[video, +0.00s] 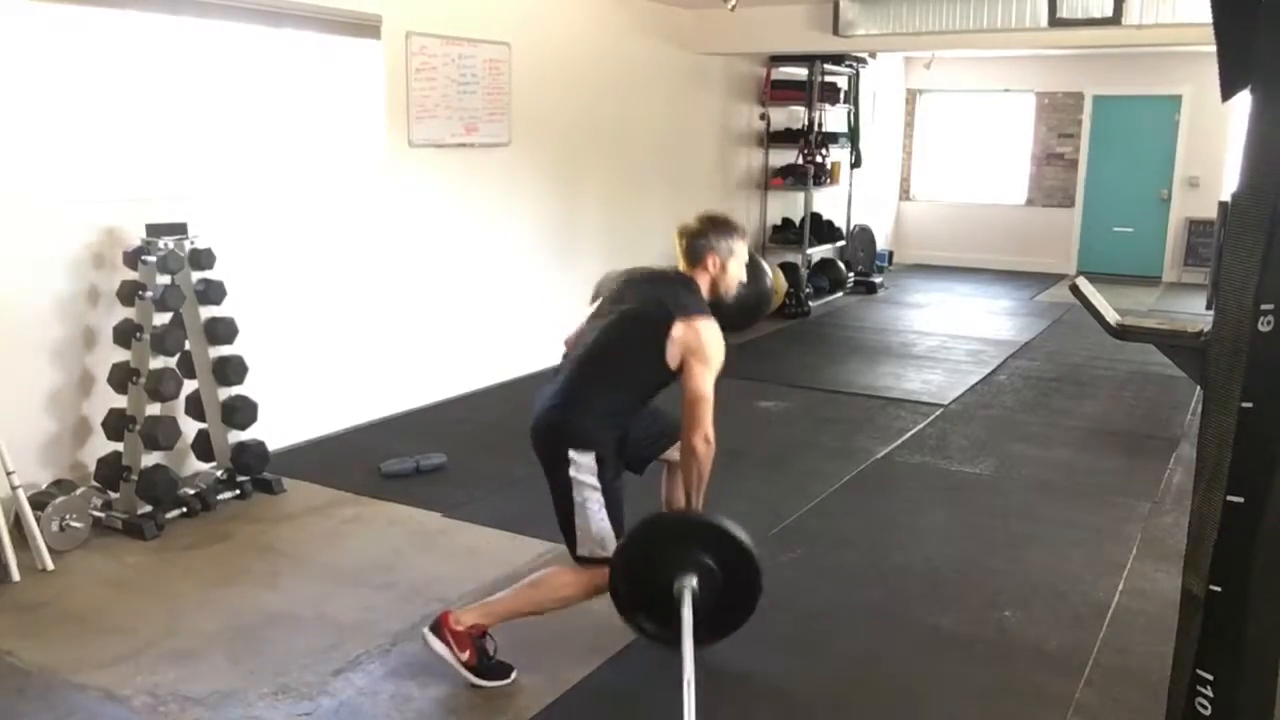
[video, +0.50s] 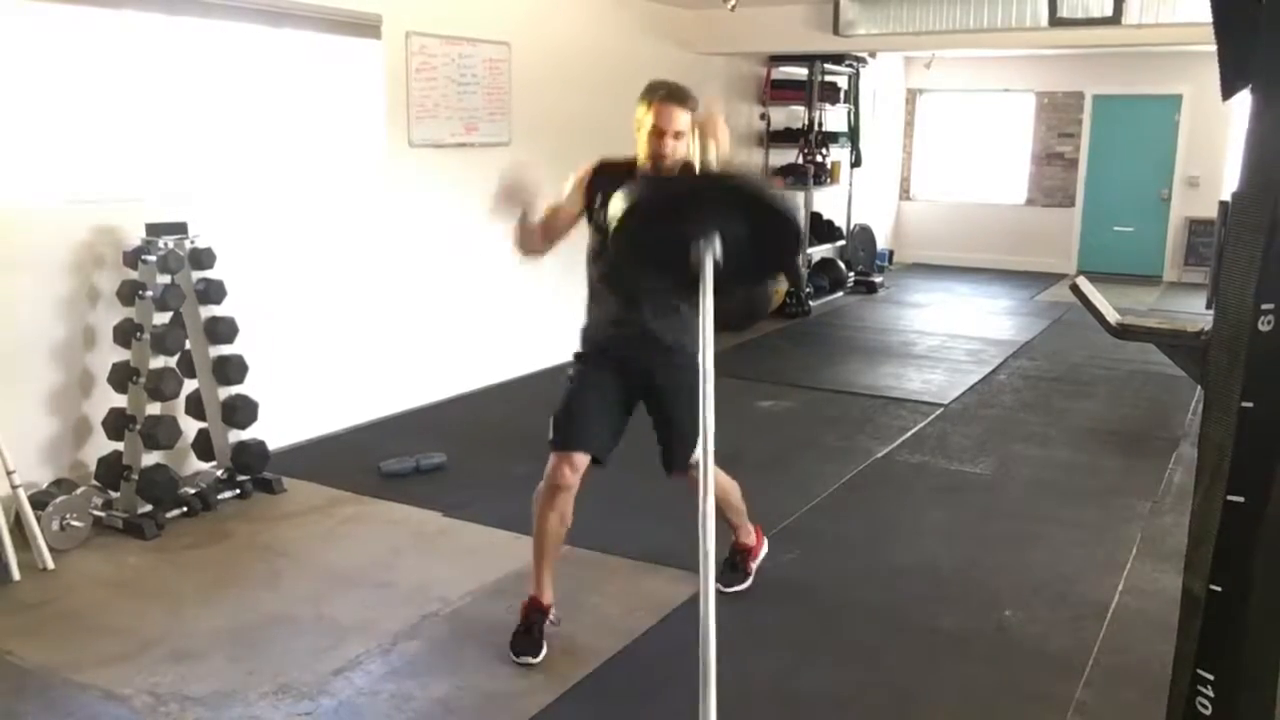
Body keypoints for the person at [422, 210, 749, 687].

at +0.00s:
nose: (744, 275)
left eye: (745, 263)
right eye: (740, 262)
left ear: (697, 260)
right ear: (712, 262)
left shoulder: (633, 282)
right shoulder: (702, 330)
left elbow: (574, 345)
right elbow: (701, 439)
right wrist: (691, 526)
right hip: (577, 428)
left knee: (685, 446)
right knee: (604, 570)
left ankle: (677, 562)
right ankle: (463, 624)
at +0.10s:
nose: (739, 243)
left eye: (740, 231)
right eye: (735, 230)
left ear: (695, 226)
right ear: (704, 226)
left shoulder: (652, 256)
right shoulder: (695, 287)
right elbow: (698, 404)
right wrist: (698, 479)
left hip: (617, 396)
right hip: (580, 410)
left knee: (694, 446)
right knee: (588, 549)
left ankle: (680, 538)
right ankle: (453, 630)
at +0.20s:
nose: (730, 188)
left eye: (732, 176)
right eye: (721, 175)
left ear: (700, 177)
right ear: (690, 172)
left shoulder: (671, 219)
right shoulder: (671, 220)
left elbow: (665, 325)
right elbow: (682, 326)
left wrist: (693, 367)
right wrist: (706, 386)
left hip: (633, 367)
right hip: (586, 372)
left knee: (690, 445)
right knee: (573, 509)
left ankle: (677, 560)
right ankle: (460, 624)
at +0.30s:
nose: (712, 150)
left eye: (719, 139)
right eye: (701, 138)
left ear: (722, 142)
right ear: (672, 133)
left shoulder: (707, 204)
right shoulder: (635, 168)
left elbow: (689, 272)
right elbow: (633, 240)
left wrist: (714, 307)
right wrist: (683, 283)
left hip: (647, 337)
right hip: (590, 331)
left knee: (701, 441)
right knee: (562, 477)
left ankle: (680, 553)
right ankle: (497, 607)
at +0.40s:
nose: (684, 133)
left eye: (695, 123)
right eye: (675, 120)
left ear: (706, 127)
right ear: (653, 114)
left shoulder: (712, 195)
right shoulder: (610, 154)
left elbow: (722, 272)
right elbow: (564, 207)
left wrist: (704, 229)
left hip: (670, 340)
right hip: (598, 331)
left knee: (701, 466)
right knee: (564, 463)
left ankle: (717, 544)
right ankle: (530, 594)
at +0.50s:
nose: (664, 144)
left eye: (675, 134)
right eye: (656, 132)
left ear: (691, 138)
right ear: (638, 130)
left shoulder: (701, 192)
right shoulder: (603, 179)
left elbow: (737, 249)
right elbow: (535, 244)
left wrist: (720, 161)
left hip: (675, 353)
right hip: (607, 349)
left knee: (693, 470)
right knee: (562, 473)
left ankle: (748, 536)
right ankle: (539, 601)